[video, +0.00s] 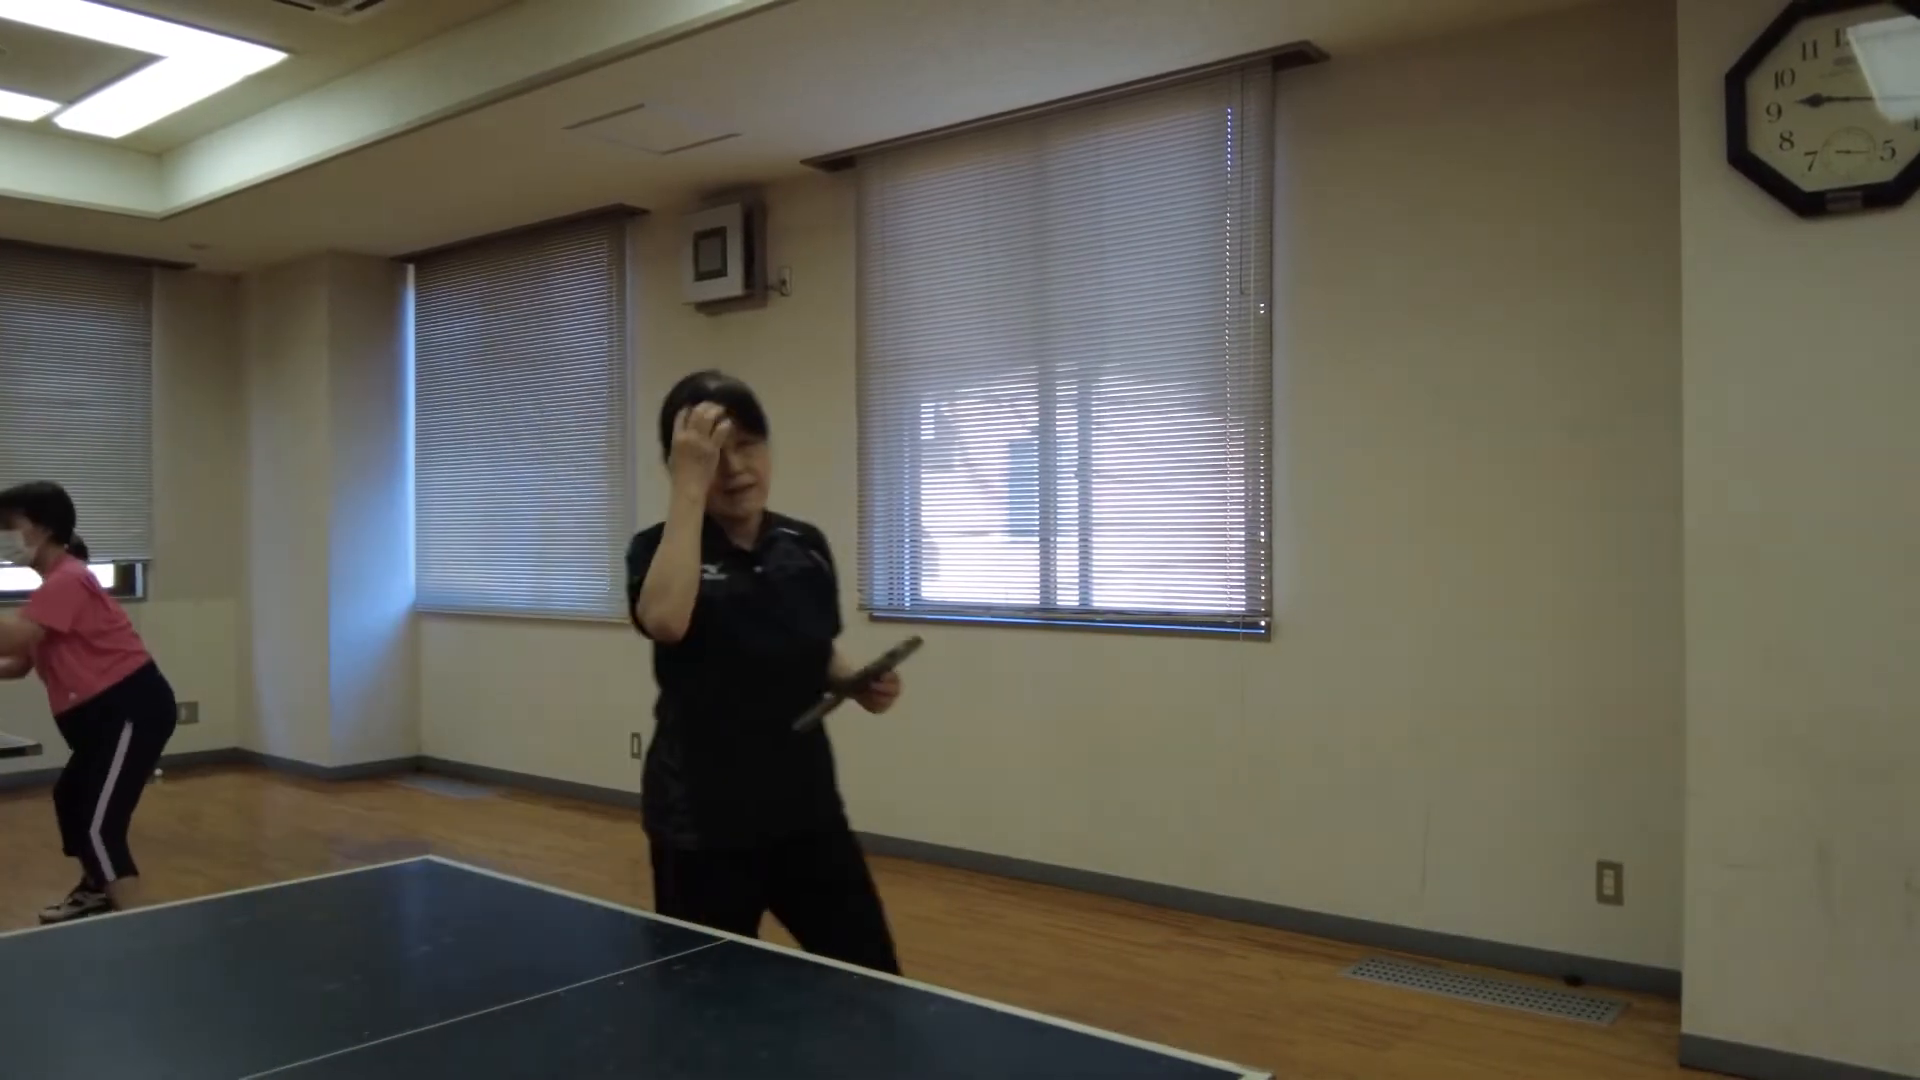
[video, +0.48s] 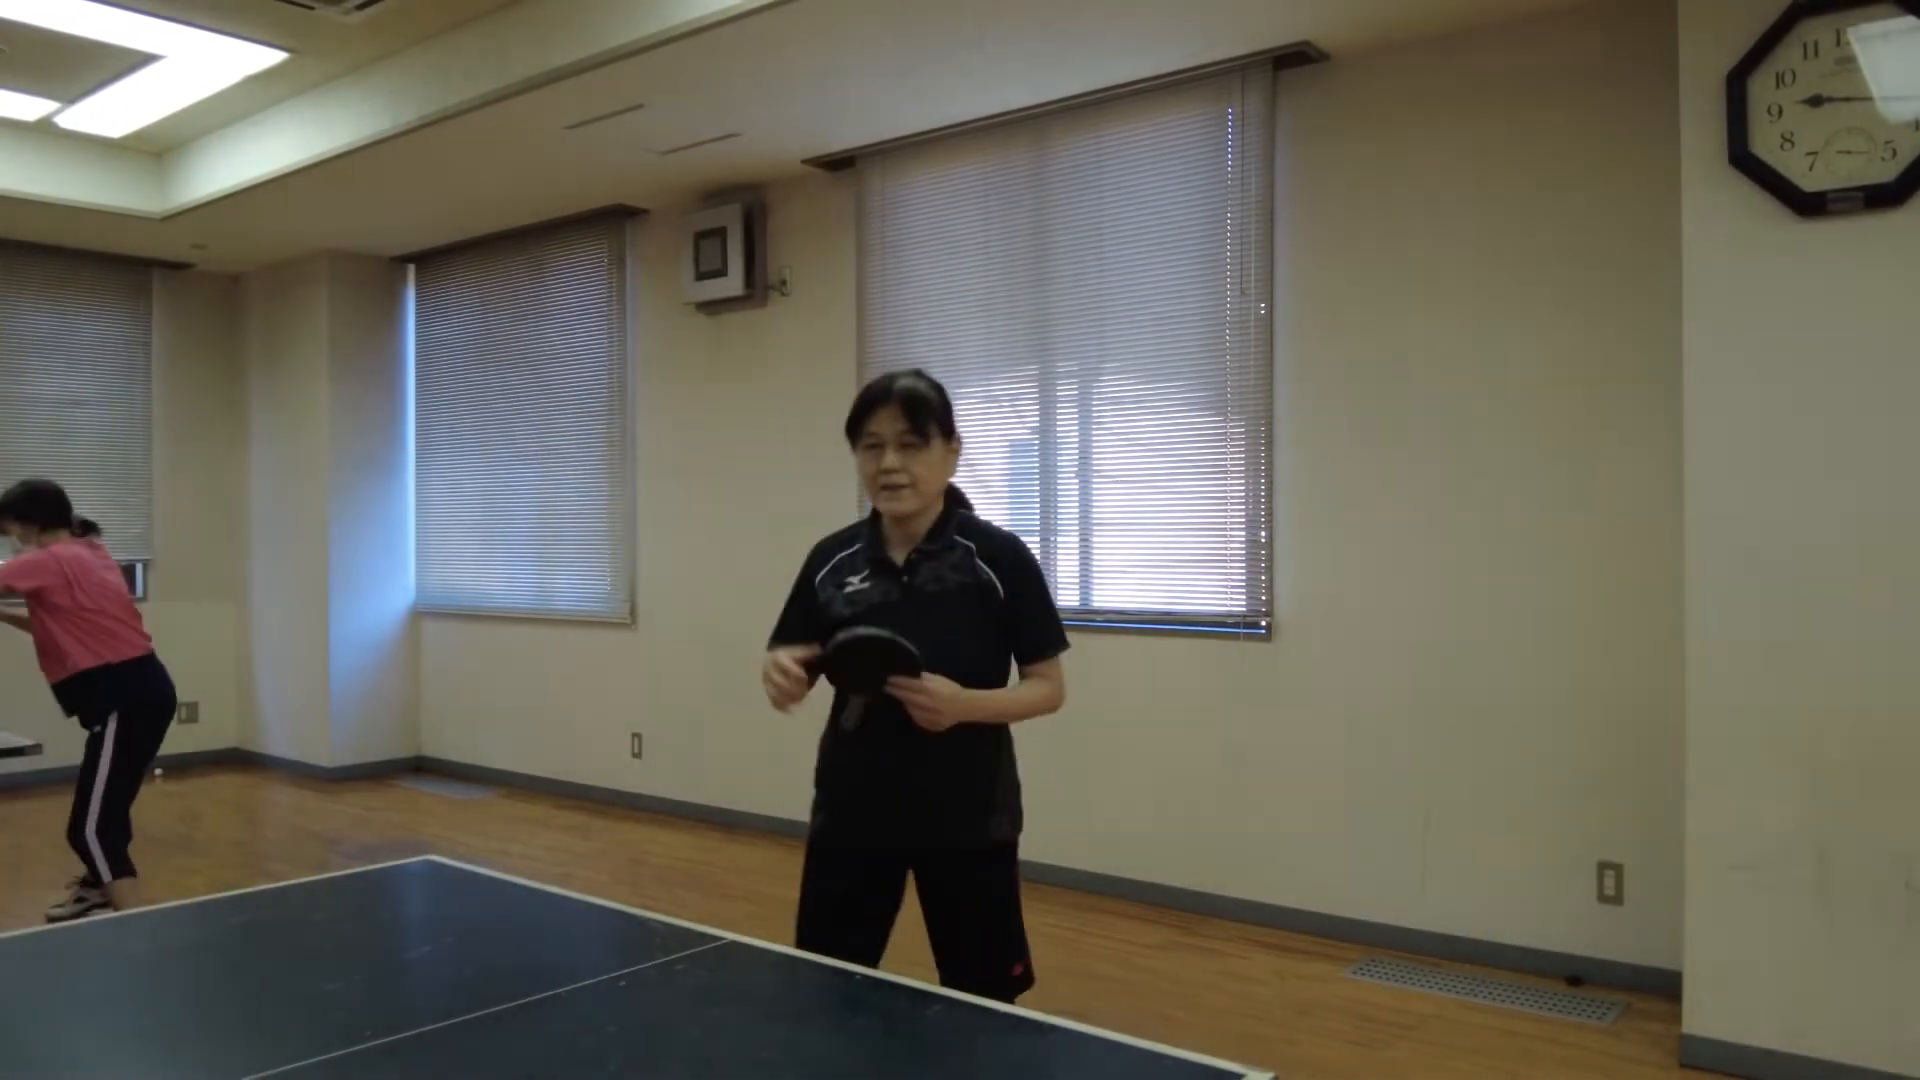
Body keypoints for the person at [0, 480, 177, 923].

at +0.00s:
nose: (15, 537)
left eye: (20, 526)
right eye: (13, 528)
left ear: (46, 527)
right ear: (36, 530)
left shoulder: (70, 577)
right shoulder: (52, 584)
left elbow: (16, 638)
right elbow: (17, 664)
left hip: (135, 705)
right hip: (104, 713)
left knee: (98, 814)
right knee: (71, 793)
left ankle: (129, 917)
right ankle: (95, 888)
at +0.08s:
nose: (18, 537)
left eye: (21, 526)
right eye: (16, 528)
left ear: (46, 527)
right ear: (43, 529)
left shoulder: (66, 577)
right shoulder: (52, 583)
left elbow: (10, 628)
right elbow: (17, 661)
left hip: (135, 705)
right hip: (111, 709)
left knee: (95, 814)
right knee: (76, 796)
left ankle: (121, 915)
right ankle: (94, 890)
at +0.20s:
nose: (20, 546)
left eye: (24, 535)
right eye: (18, 538)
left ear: (48, 536)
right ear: (55, 538)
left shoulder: (63, 586)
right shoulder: (65, 586)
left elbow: (5, 645)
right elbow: (48, 673)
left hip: (124, 717)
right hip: (104, 717)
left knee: (73, 836)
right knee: (62, 806)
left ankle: (126, 924)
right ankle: (83, 899)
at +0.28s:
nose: (21, 549)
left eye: (23, 538)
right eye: (19, 540)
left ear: (46, 536)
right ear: (61, 537)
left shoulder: (56, 586)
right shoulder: (78, 580)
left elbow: (16, 648)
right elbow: (56, 669)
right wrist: (13, 662)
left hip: (113, 717)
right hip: (109, 712)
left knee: (69, 836)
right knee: (60, 806)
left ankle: (122, 921)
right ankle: (85, 896)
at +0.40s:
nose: (12, 546)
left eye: (12, 536)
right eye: (9, 537)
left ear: (33, 526)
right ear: (58, 520)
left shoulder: (48, 567)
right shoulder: (94, 557)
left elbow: (7, 610)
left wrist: (44, 630)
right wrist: (25, 623)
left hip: (113, 704)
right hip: (134, 695)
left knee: (91, 825)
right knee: (87, 815)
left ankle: (135, 927)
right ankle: (87, 888)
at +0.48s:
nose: (13, 541)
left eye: (13, 531)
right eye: (11, 532)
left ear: (32, 523)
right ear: (57, 519)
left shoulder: (54, 558)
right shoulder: (90, 553)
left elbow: (1, 578)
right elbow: (58, 627)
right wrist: (2, 613)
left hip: (125, 698)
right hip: (140, 692)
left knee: (94, 827)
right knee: (94, 816)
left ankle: (137, 929)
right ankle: (99, 889)